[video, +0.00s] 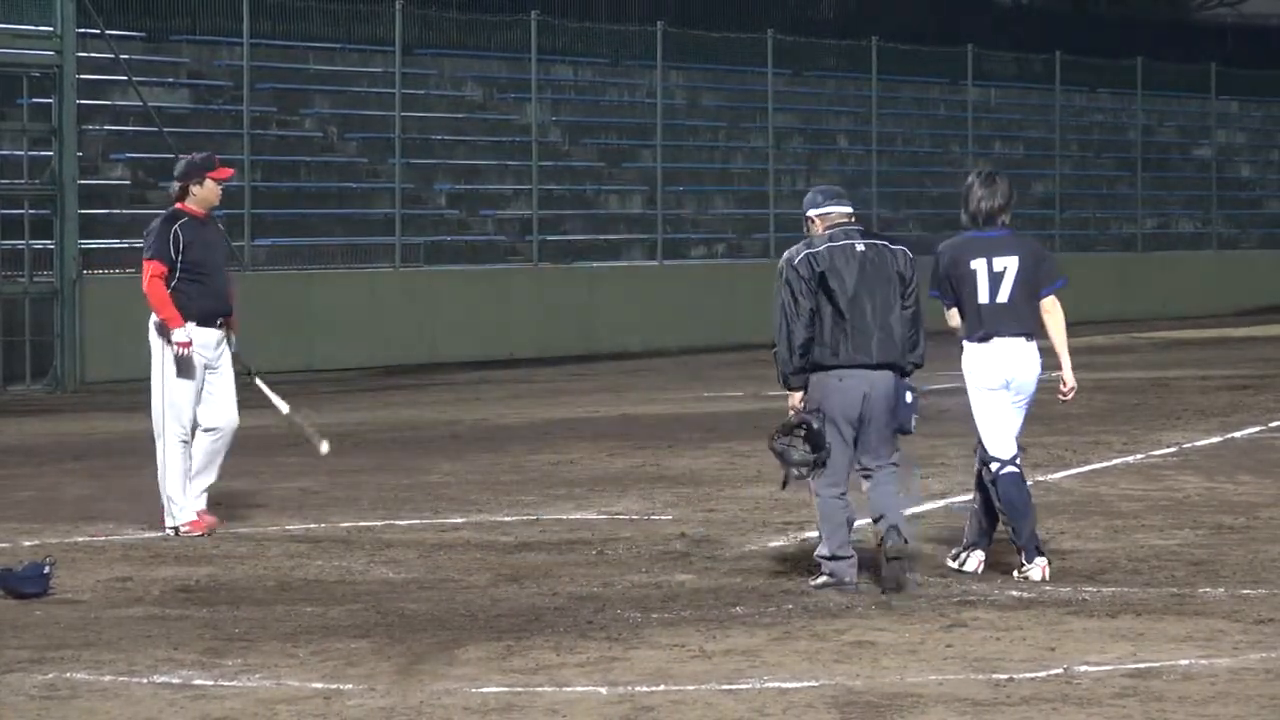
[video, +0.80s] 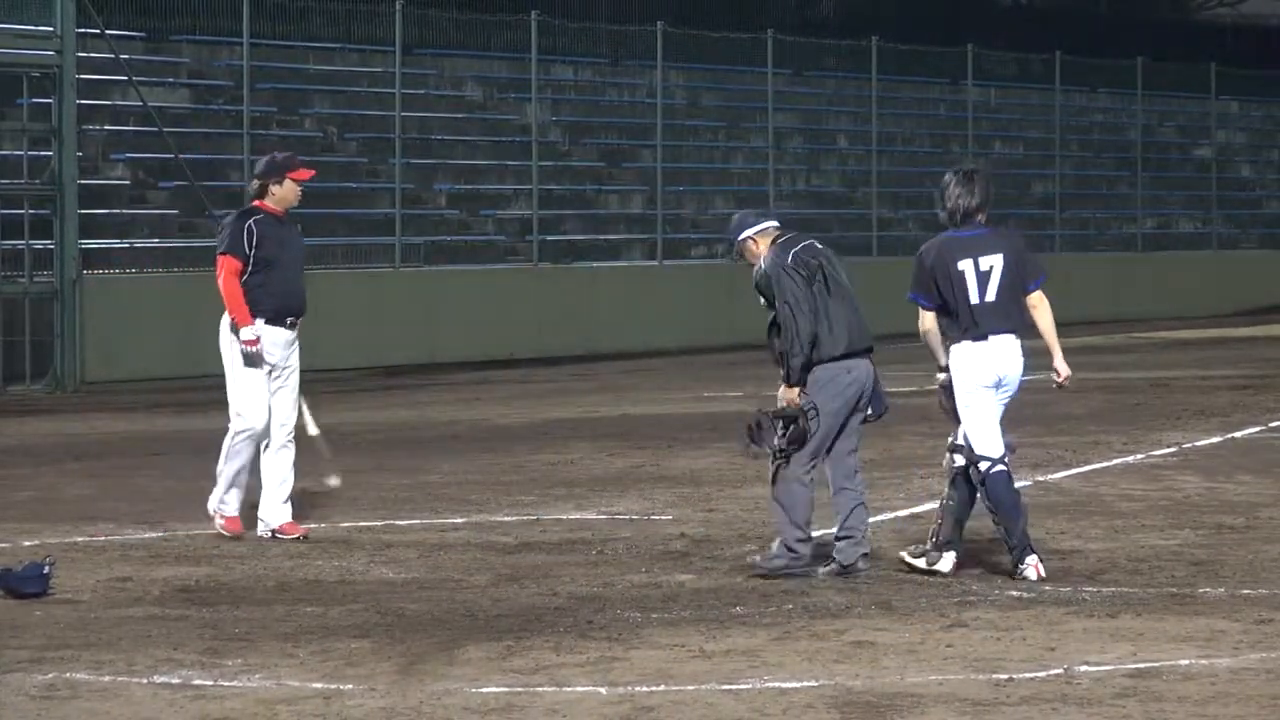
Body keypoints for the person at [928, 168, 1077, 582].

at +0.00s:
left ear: (967, 205)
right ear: (1008, 206)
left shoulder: (950, 252)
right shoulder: (1030, 249)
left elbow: (953, 320)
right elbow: (1051, 308)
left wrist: (985, 316)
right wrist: (1066, 365)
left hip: (980, 356)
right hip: (1025, 354)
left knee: (1002, 457)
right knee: (994, 452)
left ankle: (1032, 555)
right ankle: (975, 547)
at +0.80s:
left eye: (947, 199)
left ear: (946, 205)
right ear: (984, 203)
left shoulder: (933, 252)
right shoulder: (1010, 241)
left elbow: (927, 324)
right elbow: (1037, 302)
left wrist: (944, 365)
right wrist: (1057, 355)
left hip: (967, 358)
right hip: (1011, 355)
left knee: (989, 456)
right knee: (966, 450)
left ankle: (1026, 555)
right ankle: (943, 546)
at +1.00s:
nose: (916, 205)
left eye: (918, 198)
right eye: (918, 198)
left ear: (926, 203)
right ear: (961, 199)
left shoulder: (922, 246)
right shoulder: (988, 243)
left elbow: (911, 313)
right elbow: (1008, 305)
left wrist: (908, 369)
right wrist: (1019, 356)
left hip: (944, 355)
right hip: (982, 352)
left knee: (965, 456)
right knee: (952, 452)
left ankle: (1015, 546)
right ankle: (936, 550)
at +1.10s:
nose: (910, 205)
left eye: (914, 198)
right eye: (912, 197)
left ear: (926, 201)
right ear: (953, 199)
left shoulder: (926, 242)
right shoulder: (977, 241)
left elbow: (909, 308)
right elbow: (987, 306)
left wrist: (894, 368)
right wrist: (986, 359)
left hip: (937, 349)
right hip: (969, 347)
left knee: (948, 454)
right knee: (943, 451)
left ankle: (1008, 539)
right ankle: (936, 550)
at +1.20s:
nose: (899, 206)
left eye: (902, 199)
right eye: (898, 199)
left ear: (919, 199)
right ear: (931, 197)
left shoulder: (931, 238)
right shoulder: (954, 234)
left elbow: (919, 306)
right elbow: (945, 302)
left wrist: (897, 366)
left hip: (932, 349)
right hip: (950, 347)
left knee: (938, 455)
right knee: (927, 453)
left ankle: (1008, 535)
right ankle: (935, 551)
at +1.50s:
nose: (879, 214)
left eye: (885, 205)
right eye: (876, 206)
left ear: (908, 203)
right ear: (884, 208)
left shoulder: (936, 243)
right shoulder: (894, 248)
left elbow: (956, 308)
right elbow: (884, 315)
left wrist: (952, 371)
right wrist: (884, 372)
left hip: (933, 353)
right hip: (901, 355)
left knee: (926, 453)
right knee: (915, 454)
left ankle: (967, 544)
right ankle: (933, 548)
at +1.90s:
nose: (861, 215)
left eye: (868, 207)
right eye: (859, 208)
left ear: (892, 208)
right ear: (867, 211)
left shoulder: (935, 249)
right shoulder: (862, 256)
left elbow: (964, 314)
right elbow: (855, 315)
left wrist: (984, 375)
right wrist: (831, 371)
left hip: (931, 362)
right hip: (887, 365)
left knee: (926, 464)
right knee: (884, 475)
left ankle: (946, 564)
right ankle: (919, 543)